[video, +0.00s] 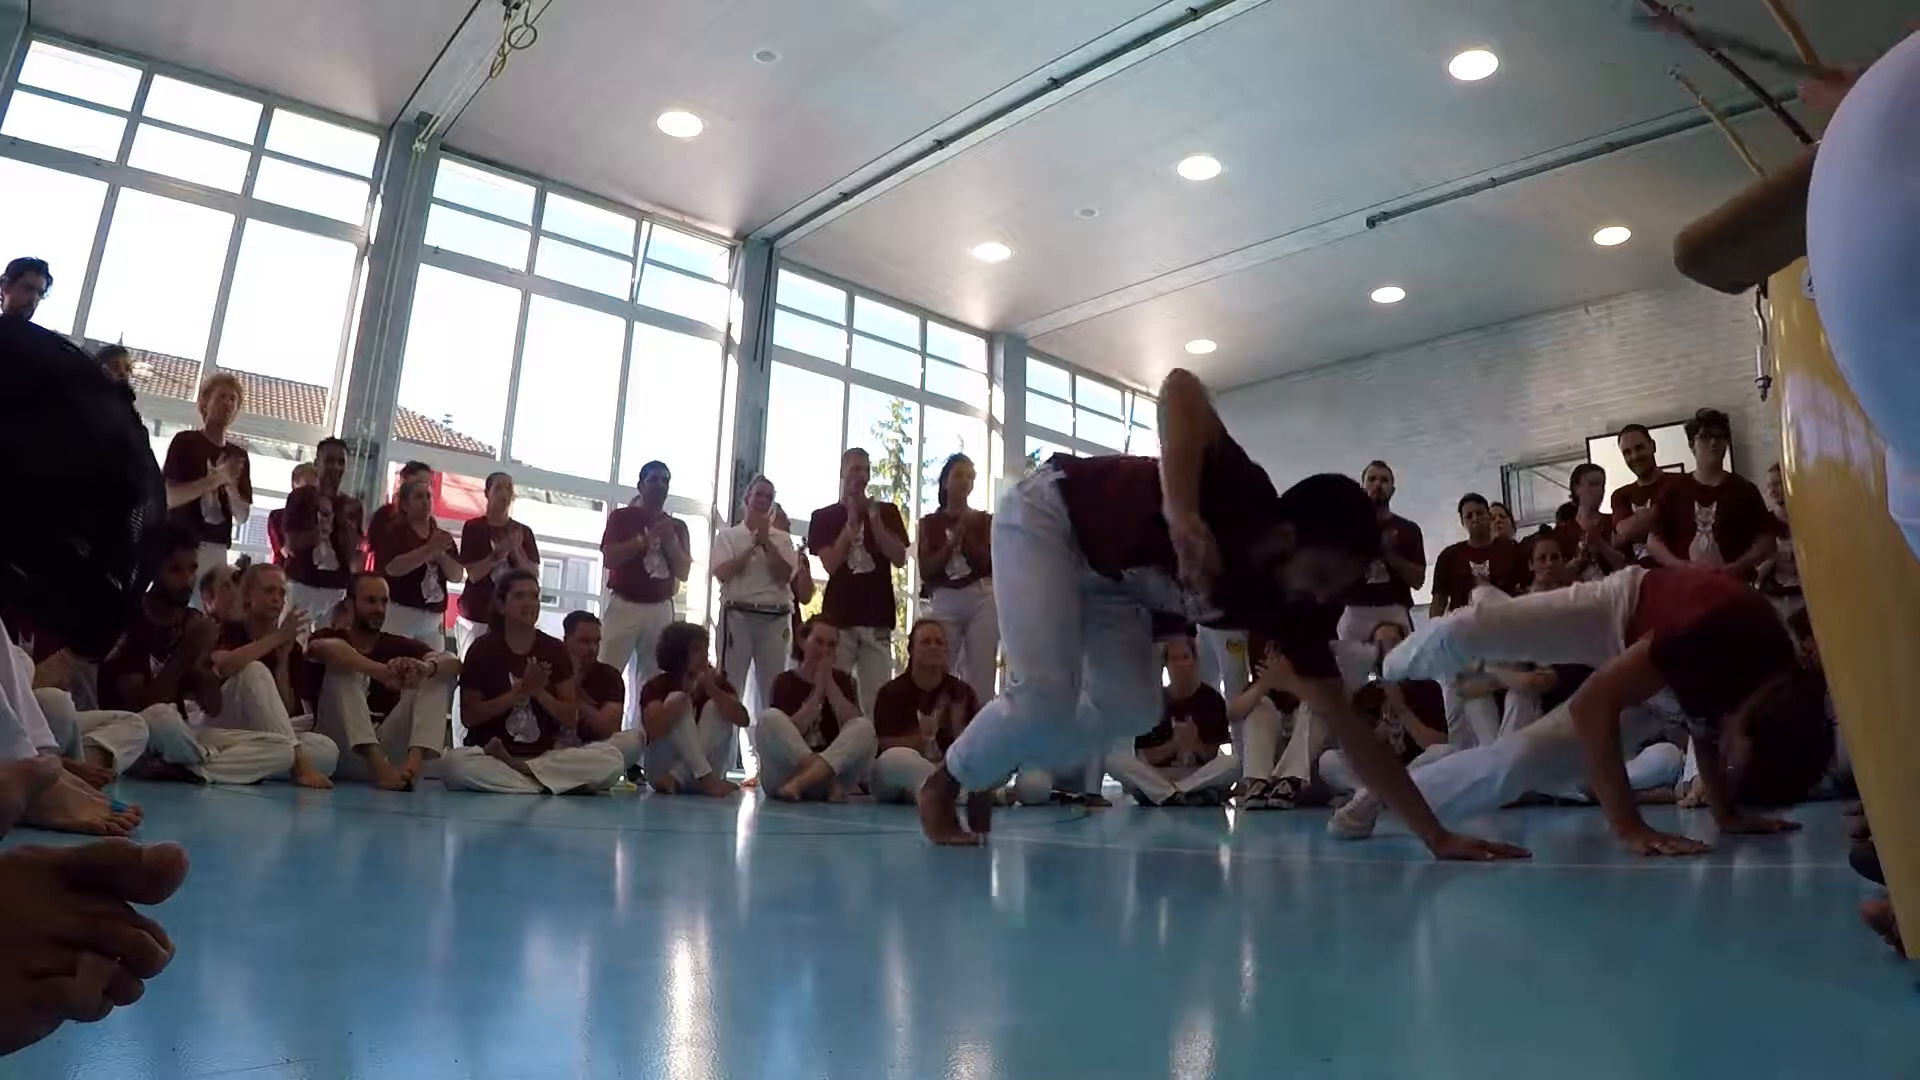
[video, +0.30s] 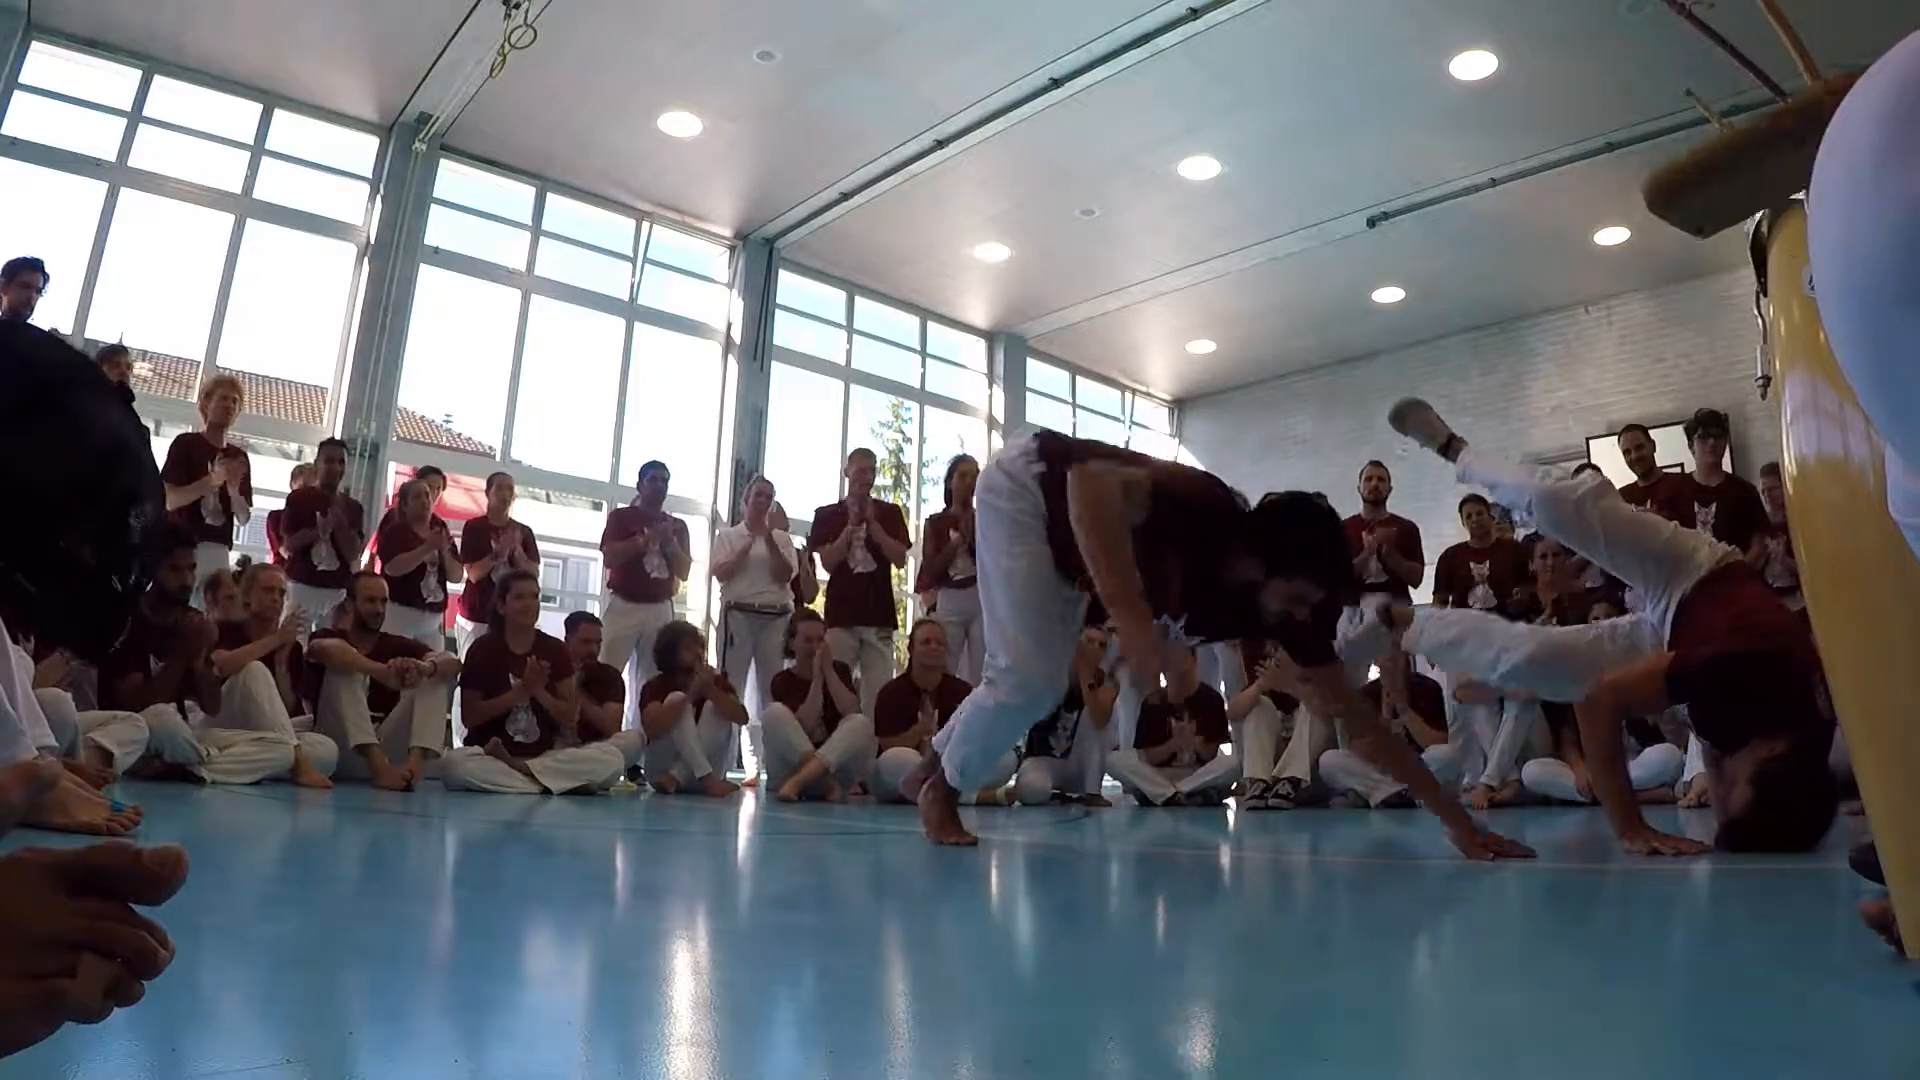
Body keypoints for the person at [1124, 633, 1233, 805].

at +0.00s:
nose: (1181, 665)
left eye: (1185, 657)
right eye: (1174, 660)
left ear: (1195, 660)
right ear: (1165, 665)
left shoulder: (1212, 698)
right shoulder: (1152, 699)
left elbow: (1213, 753)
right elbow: (1144, 756)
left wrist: (1196, 744)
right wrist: (1175, 744)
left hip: (1198, 771)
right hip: (1159, 772)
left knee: (1231, 763)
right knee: (1116, 761)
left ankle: (1178, 791)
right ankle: (1169, 794)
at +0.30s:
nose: (1175, 666)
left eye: (1181, 658)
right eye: (1170, 659)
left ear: (1193, 662)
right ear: (1163, 666)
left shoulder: (1211, 698)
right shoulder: (1152, 702)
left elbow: (1211, 754)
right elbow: (1147, 757)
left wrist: (1193, 741)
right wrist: (1174, 743)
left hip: (1198, 772)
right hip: (1159, 773)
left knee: (1232, 764)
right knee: (1115, 759)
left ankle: (1170, 794)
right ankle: (1172, 796)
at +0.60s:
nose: (1182, 663)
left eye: (1187, 656)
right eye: (1175, 658)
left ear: (1195, 660)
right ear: (1166, 664)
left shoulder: (1207, 698)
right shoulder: (1153, 701)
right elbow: (1149, 758)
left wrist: (1195, 734)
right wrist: (1166, 741)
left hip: (1198, 771)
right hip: (1162, 772)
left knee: (1224, 765)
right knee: (1114, 759)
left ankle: (1162, 795)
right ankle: (1172, 796)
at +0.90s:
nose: (1181, 664)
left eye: (1186, 657)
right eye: (1175, 658)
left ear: (1195, 661)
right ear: (1165, 664)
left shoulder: (1211, 698)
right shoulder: (1150, 698)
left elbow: (1219, 757)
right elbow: (1144, 756)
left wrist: (1199, 743)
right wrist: (1172, 742)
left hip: (1200, 770)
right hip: (1159, 771)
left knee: (1229, 767)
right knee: (1114, 759)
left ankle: (1162, 796)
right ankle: (1174, 796)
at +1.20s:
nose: (1183, 663)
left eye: (1188, 656)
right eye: (1177, 659)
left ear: (1196, 660)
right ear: (1168, 666)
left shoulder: (1212, 698)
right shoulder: (1154, 701)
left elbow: (1211, 755)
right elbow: (1146, 757)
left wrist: (1193, 738)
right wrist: (1175, 744)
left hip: (1199, 770)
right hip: (1160, 771)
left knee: (1234, 762)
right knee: (1114, 759)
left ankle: (1165, 795)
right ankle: (1173, 796)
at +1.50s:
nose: (1183, 662)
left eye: (1188, 656)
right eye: (1177, 658)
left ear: (1197, 660)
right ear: (1168, 666)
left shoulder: (1213, 698)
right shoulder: (1154, 701)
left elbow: (1212, 755)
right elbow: (1150, 758)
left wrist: (1194, 737)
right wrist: (1179, 742)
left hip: (1201, 771)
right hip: (1161, 773)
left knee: (1234, 763)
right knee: (1114, 759)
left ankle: (1167, 795)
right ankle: (1175, 797)